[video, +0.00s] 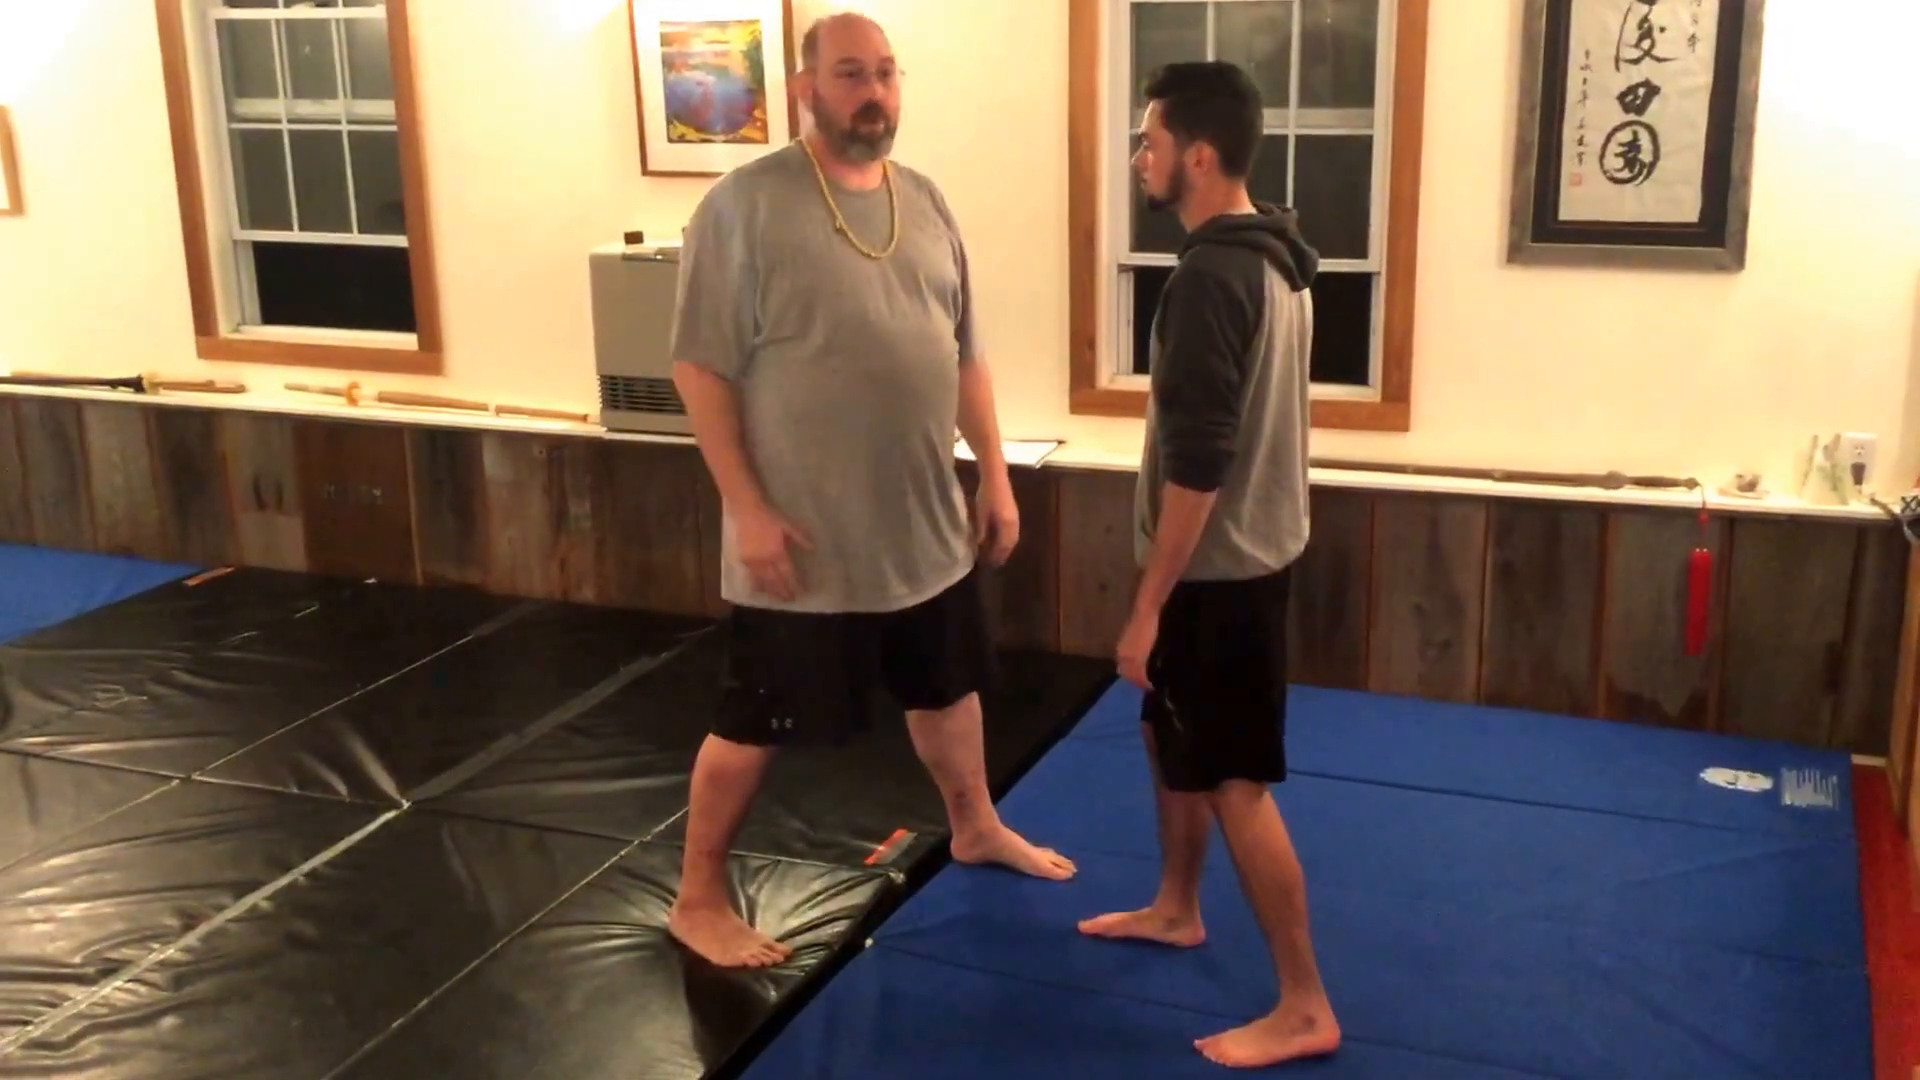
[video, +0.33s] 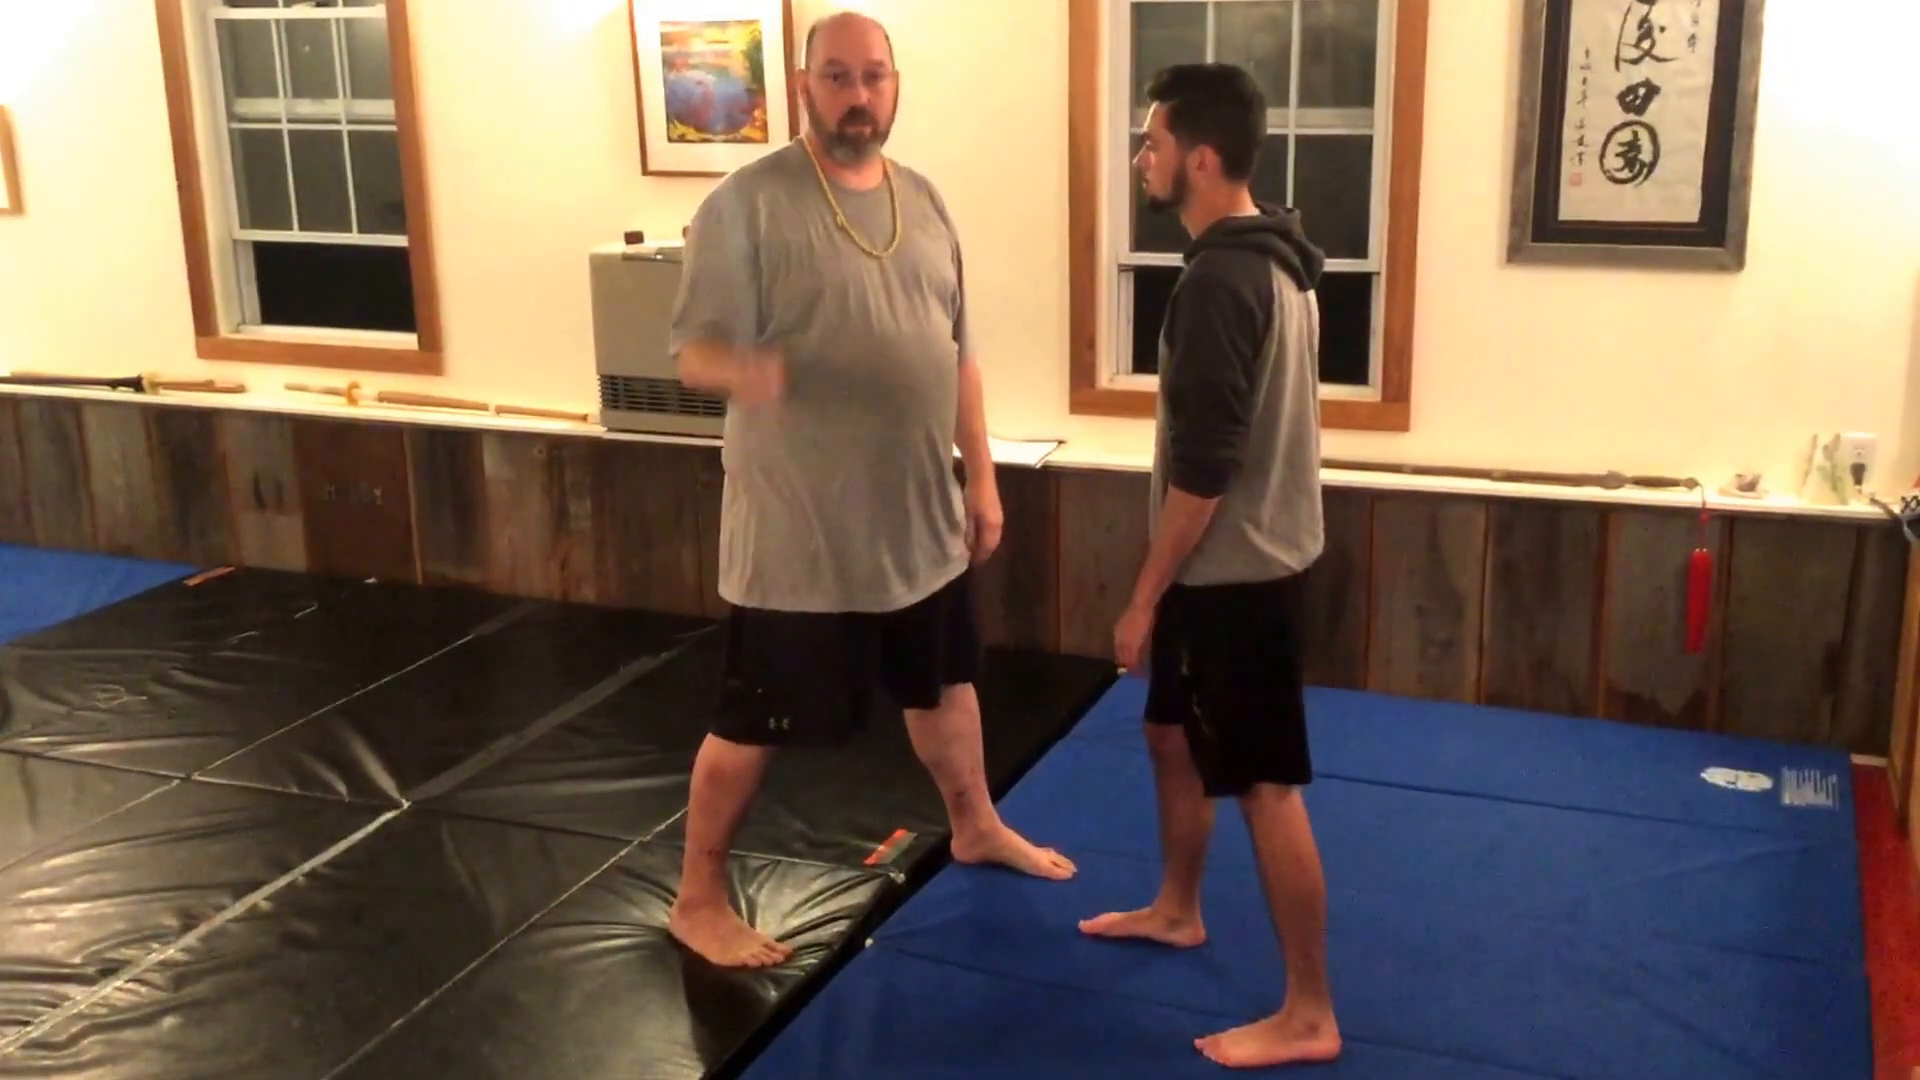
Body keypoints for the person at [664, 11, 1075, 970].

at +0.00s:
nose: (874, 91)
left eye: (886, 73)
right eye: (850, 74)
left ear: (902, 87)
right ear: (803, 90)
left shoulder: (926, 202)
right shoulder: (743, 205)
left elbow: (962, 350)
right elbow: (699, 366)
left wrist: (995, 471)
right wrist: (745, 507)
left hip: (924, 516)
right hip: (794, 533)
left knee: (950, 684)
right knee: (753, 723)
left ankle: (977, 828)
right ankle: (698, 896)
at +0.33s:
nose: (859, 94)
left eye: (875, 76)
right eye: (838, 76)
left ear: (897, 87)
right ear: (801, 87)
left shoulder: (925, 202)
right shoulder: (744, 205)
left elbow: (955, 353)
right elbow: (695, 351)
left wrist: (981, 478)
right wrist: (739, 368)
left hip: (919, 504)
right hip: (793, 517)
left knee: (945, 678)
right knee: (750, 720)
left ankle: (977, 828)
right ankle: (698, 897)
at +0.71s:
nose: (860, 93)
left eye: (875, 75)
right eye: (838, 76)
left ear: (895, 86)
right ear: (799, 88)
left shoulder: (921, 203)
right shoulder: (746, 204)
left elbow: (954, 350)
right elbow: (699, 343)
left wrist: (986, 472)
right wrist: (750, 359)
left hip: (917, 502)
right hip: (793, 515)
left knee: (946, 678)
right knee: (752, 718)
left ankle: (977, 827)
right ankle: (698, 896)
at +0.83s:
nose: (860, 93)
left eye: (874, 75)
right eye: (837, 77)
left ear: (895, 86)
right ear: (799, 89)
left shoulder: (920, 201)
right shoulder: (747, 205)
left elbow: (952, 350)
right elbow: (697, 348)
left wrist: (981, 474)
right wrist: (749, 419)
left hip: (918, 506)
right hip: (794, 520)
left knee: (945, 680)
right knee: (750, 720)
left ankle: (977, 828)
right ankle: (698, 898)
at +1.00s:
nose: (861, 92)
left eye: (875, 74)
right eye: (838, 75)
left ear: (896, 86)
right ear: (799, 89)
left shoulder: (920, 201)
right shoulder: (744, 205)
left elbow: (952, 350)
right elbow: (699, 364)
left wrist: (980, 473)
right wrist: (768, 490)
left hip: (917, 512)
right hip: (792, 528)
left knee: (944, 681)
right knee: (750, 722)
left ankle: (978, 829)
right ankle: (697, 897)